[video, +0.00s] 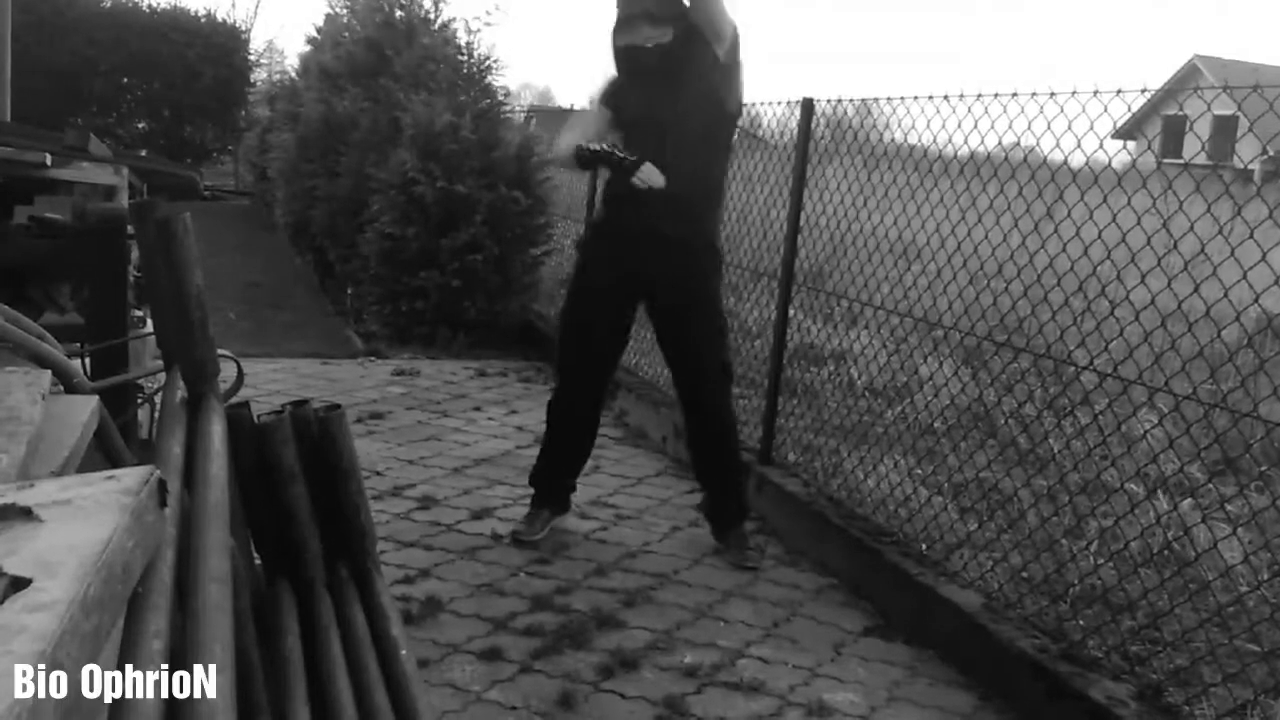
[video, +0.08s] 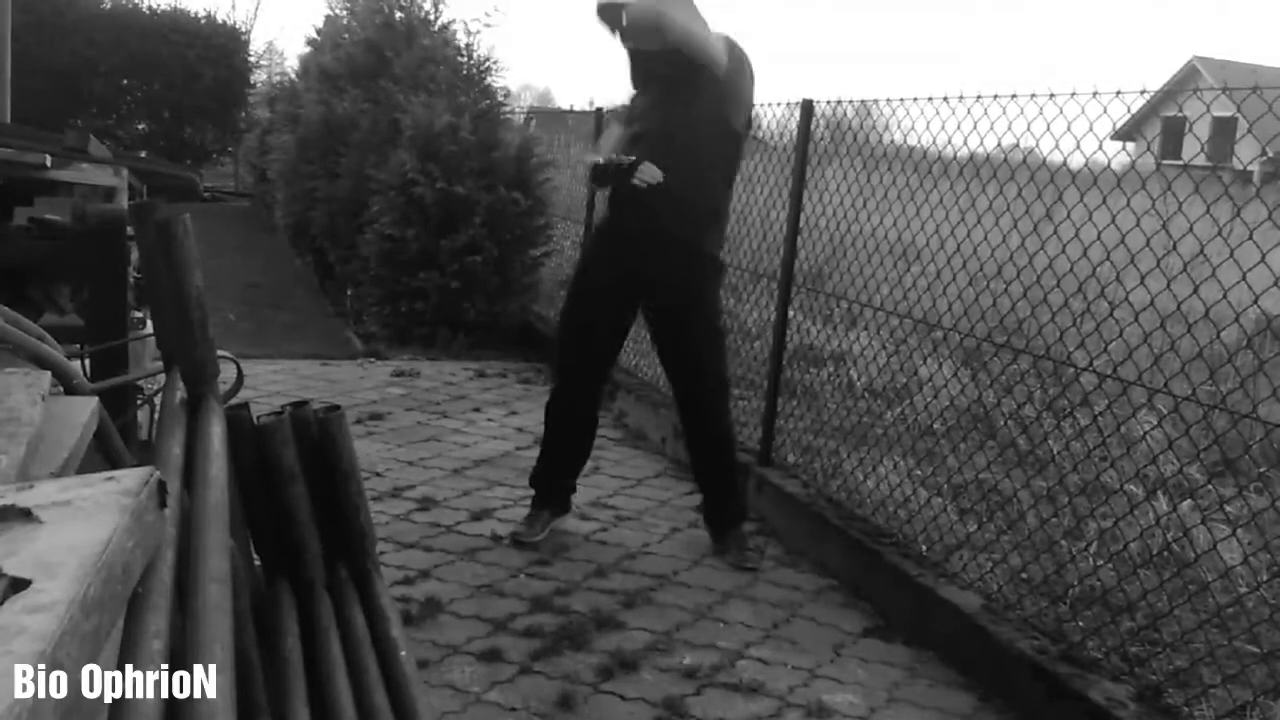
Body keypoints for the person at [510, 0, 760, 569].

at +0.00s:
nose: (642, 57)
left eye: (654, 44)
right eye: (630, 46)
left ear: (678, 35)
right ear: (618, 41)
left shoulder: (712, 80)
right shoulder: (622, 90)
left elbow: (718, 23)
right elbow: (574, 144)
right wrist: (582, 152)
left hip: (684, 255)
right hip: (612, 248)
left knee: (706, 386)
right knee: (580, 375)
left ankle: (730, 521)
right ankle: (550, 498)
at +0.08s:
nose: (627, 46)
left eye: (638, 34)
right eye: (626, 40)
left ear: (675, 28)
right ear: (632, 48)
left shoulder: (729, 66)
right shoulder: (640, 99)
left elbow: (650, 17)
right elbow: (611, 140)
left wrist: (614, 11)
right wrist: (607, 161)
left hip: (684, 256)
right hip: (615, 248)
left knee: (704, 392)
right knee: (577, 374)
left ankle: (728, 524)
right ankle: (550, 498)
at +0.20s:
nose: (664, 49)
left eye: (677, 38)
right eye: (654, 38)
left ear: (705, 37)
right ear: (643, 39)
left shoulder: (738, 84)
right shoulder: (645, 88)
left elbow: (706, 137)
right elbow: (591, 129)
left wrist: (638, 118)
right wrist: (595, 129)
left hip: (686, 266)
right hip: (615, 256)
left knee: (702, 395)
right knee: (573, 374)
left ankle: (726, 525)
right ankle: (552, 501)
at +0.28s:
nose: (656, 35)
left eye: (667, 24)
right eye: (649, 24)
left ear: (696, 24)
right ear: (641, 23)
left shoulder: (733, 80)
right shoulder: (635, 61)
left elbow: (737, 161)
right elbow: (548, 51)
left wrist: (664, 133)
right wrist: (601, 78)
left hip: (687, 260)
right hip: (615, 248)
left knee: (705, 393)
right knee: (575, 375)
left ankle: (727, 525)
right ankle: (553, 501)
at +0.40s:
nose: (669, 14)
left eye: (681, 9)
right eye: (658, 8)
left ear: (698, 17)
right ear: (639, 13)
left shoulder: (710, 80)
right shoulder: (619, 55)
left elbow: (748, 167)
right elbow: (596, 21)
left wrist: (703, 126)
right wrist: (662, 52)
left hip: (688, 256)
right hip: (611, 249)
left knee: (712, 389)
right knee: (579, 381)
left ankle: (734, 521)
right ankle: (553, 504)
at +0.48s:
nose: (675, 20)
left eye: (685, 12)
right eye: (661, 10)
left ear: (695, 21)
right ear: (635, 12)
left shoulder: (690, 84)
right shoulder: (613, 55)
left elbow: (735, 172)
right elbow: (655, 85)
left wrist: (702, 115)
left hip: (686, 253)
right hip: (613, 249)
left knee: (713, 386)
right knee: (582, 382)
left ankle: (735, 520)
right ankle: (554, 504)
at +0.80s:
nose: (635, 51)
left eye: (647, 39)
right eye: (624, 41)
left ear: (676, 36)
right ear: (615, 39)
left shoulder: (718, 68)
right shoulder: (611, 72)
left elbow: (706, 135)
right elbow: (618, 122)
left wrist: (644, 94)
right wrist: (676, 50)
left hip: (693, 253)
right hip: (619, 247)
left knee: (713, 389)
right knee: (579, 375)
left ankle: (729, 521)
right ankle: (550, 500)